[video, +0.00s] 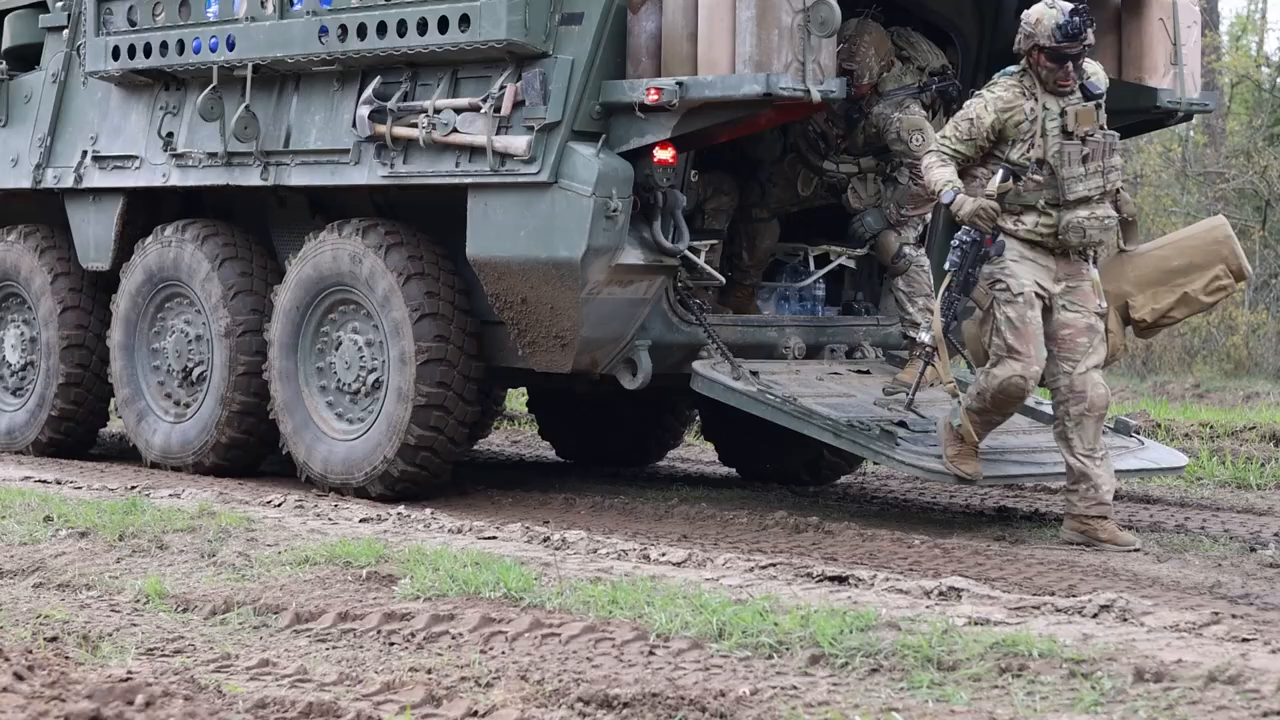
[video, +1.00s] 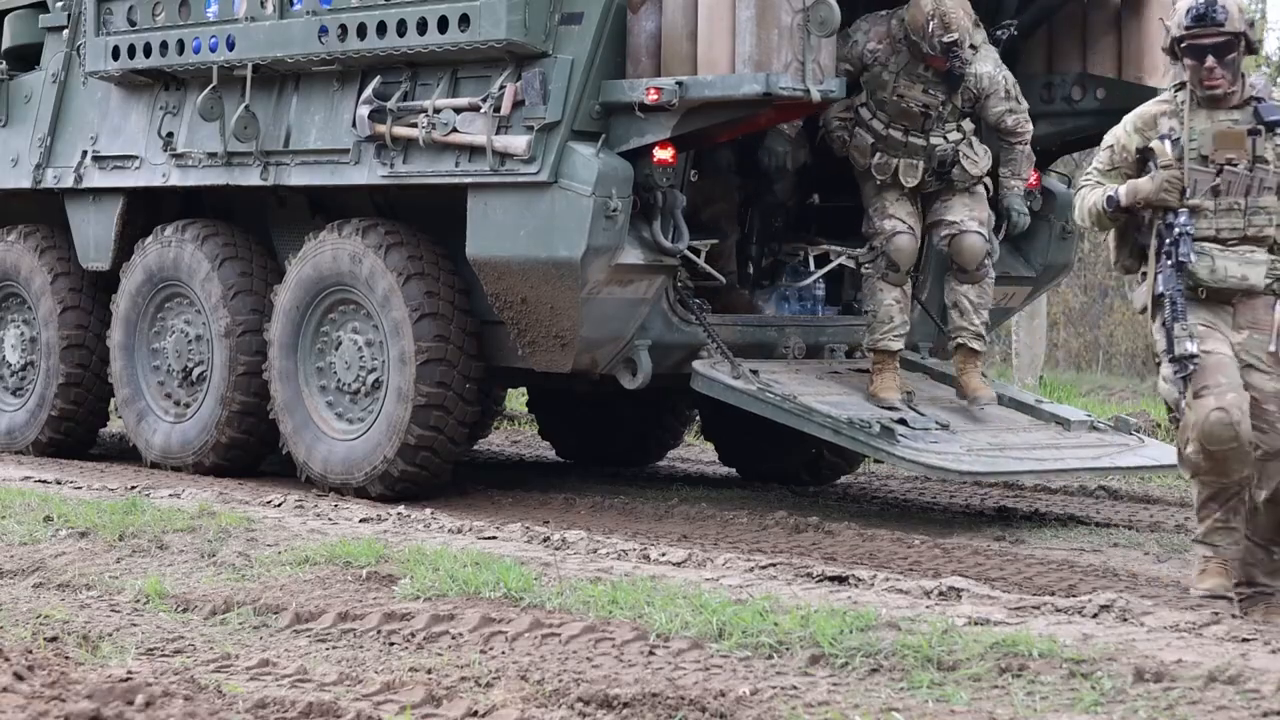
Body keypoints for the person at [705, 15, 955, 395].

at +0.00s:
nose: (849, 72)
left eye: (857, 65)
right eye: (845, 63)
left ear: (880, 62)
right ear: (839, 57)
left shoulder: (898, 111)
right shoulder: (838, 83)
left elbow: (926, 174)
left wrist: (889, 216)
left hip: (894, 184)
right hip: (836, 171)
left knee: (896, 246)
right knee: (760, 192)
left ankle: (925, 353)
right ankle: (740, 296)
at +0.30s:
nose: (866, 64)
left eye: (874, 56)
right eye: (860, 54)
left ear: (896, 46)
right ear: (850, 43)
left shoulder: (917, 83)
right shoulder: (846, 55)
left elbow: (944, 158)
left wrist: (905, 208)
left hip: (905, 157)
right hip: (853, 144)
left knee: (907, 240)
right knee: (780, 141)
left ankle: (925, 351)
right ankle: (798, 251)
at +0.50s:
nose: (878, 60)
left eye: (885, 52)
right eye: (869, 52)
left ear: (903, 42)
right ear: (855, 41)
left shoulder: (928, 79)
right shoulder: (845, 49)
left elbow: (956, 151)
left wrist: (929, 211)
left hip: (913, 148)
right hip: (860, 141)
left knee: (913, 235)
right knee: (804, 171)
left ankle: (926, 353)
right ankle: (854, 278)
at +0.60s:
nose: (891, 57)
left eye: (898, 48)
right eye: (881, 49)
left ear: (912, 40)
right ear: (863, 41)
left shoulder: (937, 75)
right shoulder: (844, 52)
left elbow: (967, 144)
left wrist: (943, 204)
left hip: (921, 168)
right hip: (859, 165)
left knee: (914, 244)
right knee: (847, 220)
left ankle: (926, 355)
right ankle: (859, 336)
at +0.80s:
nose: (906, 56)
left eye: (915, 47)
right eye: (897, 48)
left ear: (929, 35)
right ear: (878, 36)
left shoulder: (955, 61)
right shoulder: (854, 51)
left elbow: (998, 122)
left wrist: (981, 181)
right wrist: (853, 155)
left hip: (943, 176)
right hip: (881, 173)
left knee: (933, 256)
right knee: (889, 246)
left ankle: (923, 346)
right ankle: (883, 362)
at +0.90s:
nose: (927, 58)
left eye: (934, 49)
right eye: (917, 50)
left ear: (945, 36)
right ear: (895, 36)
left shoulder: (968, 62)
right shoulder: (864, 39)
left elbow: (1011, 121)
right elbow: (810, 49)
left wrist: (1003, 184)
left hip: (951, 170)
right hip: (884, 166)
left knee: (956, 242)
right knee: (896, 246)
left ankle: (933, 331)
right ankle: (886, 363)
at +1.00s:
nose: (953, 61)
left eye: (959, 50)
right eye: (942, 52)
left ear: (969, 37)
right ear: (917, 37)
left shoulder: (983, 65)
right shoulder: (874, 38)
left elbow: (1015, 131)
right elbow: (821, 69)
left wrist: (1015, 194)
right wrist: (843, 132)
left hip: (957, 169)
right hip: (887, 164)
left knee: (971, 247)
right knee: (897, 247)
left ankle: (969, 367)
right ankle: (885, 368)